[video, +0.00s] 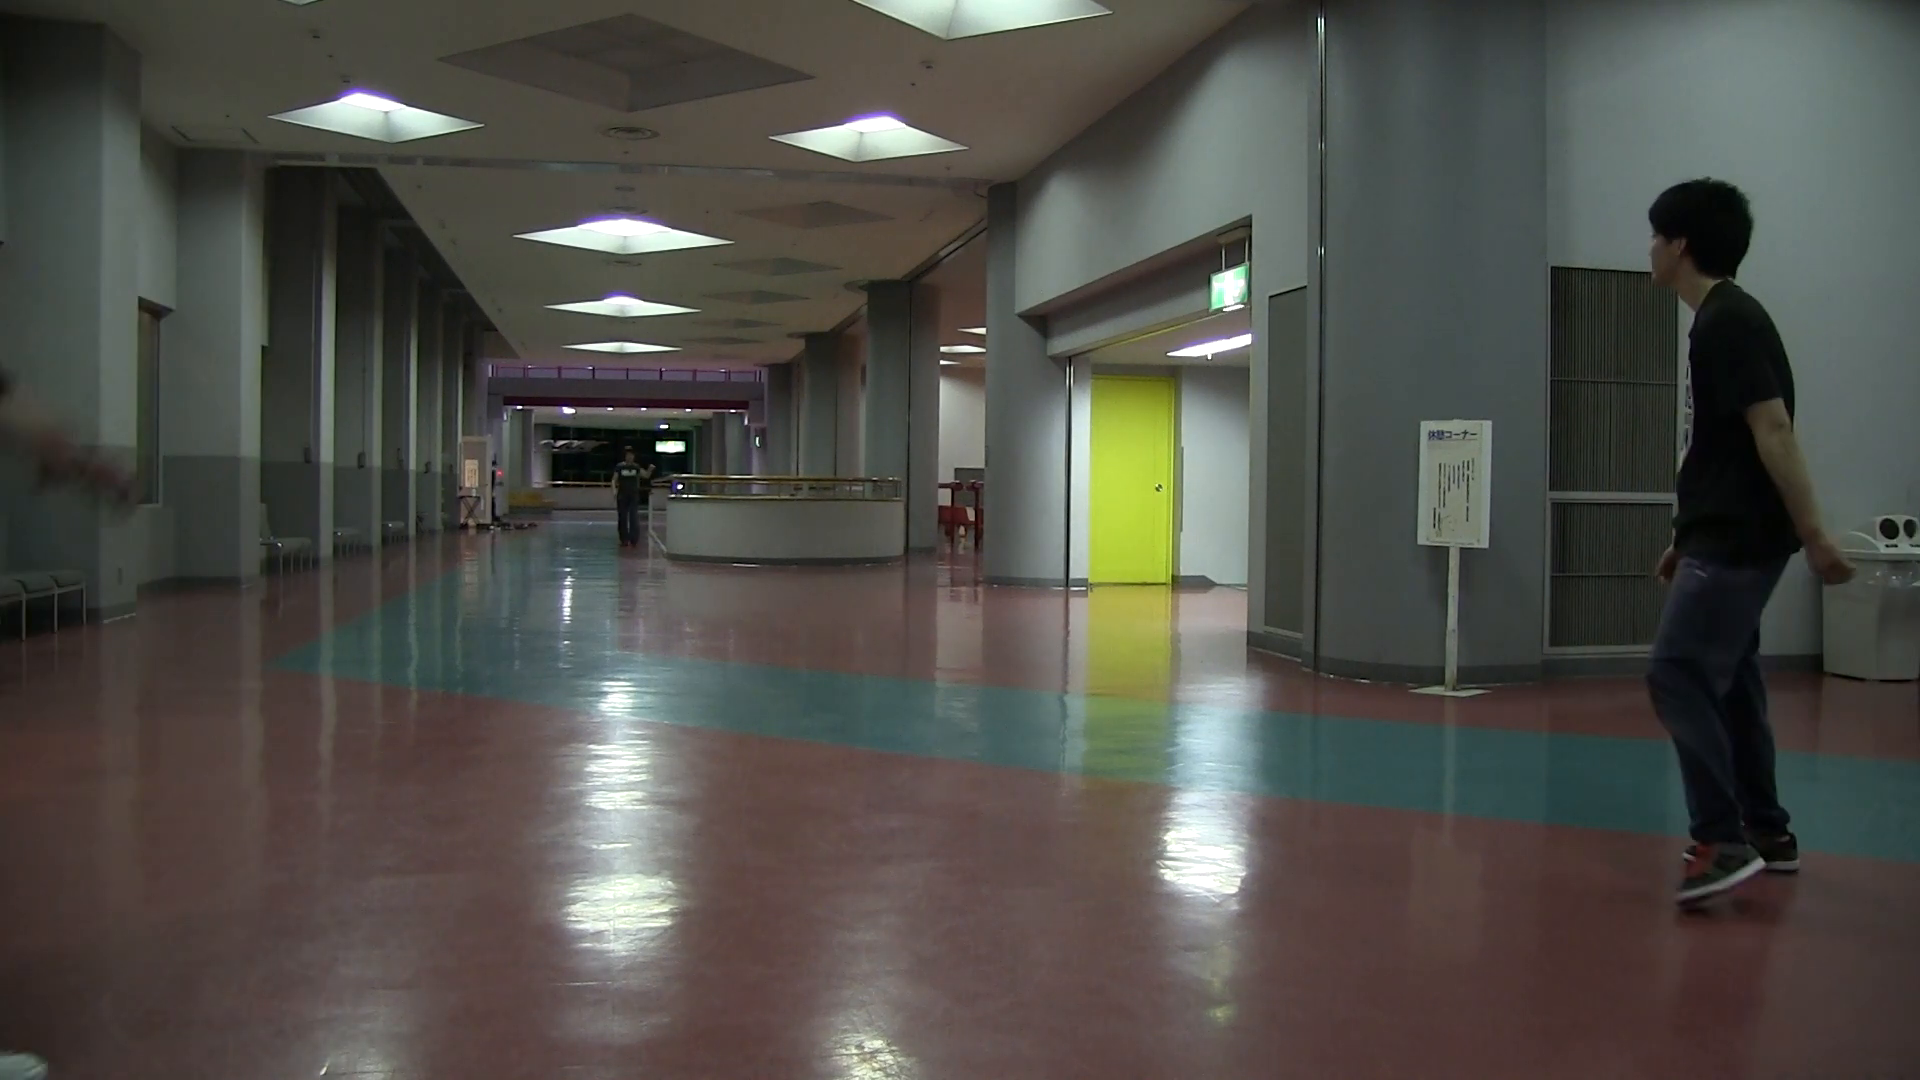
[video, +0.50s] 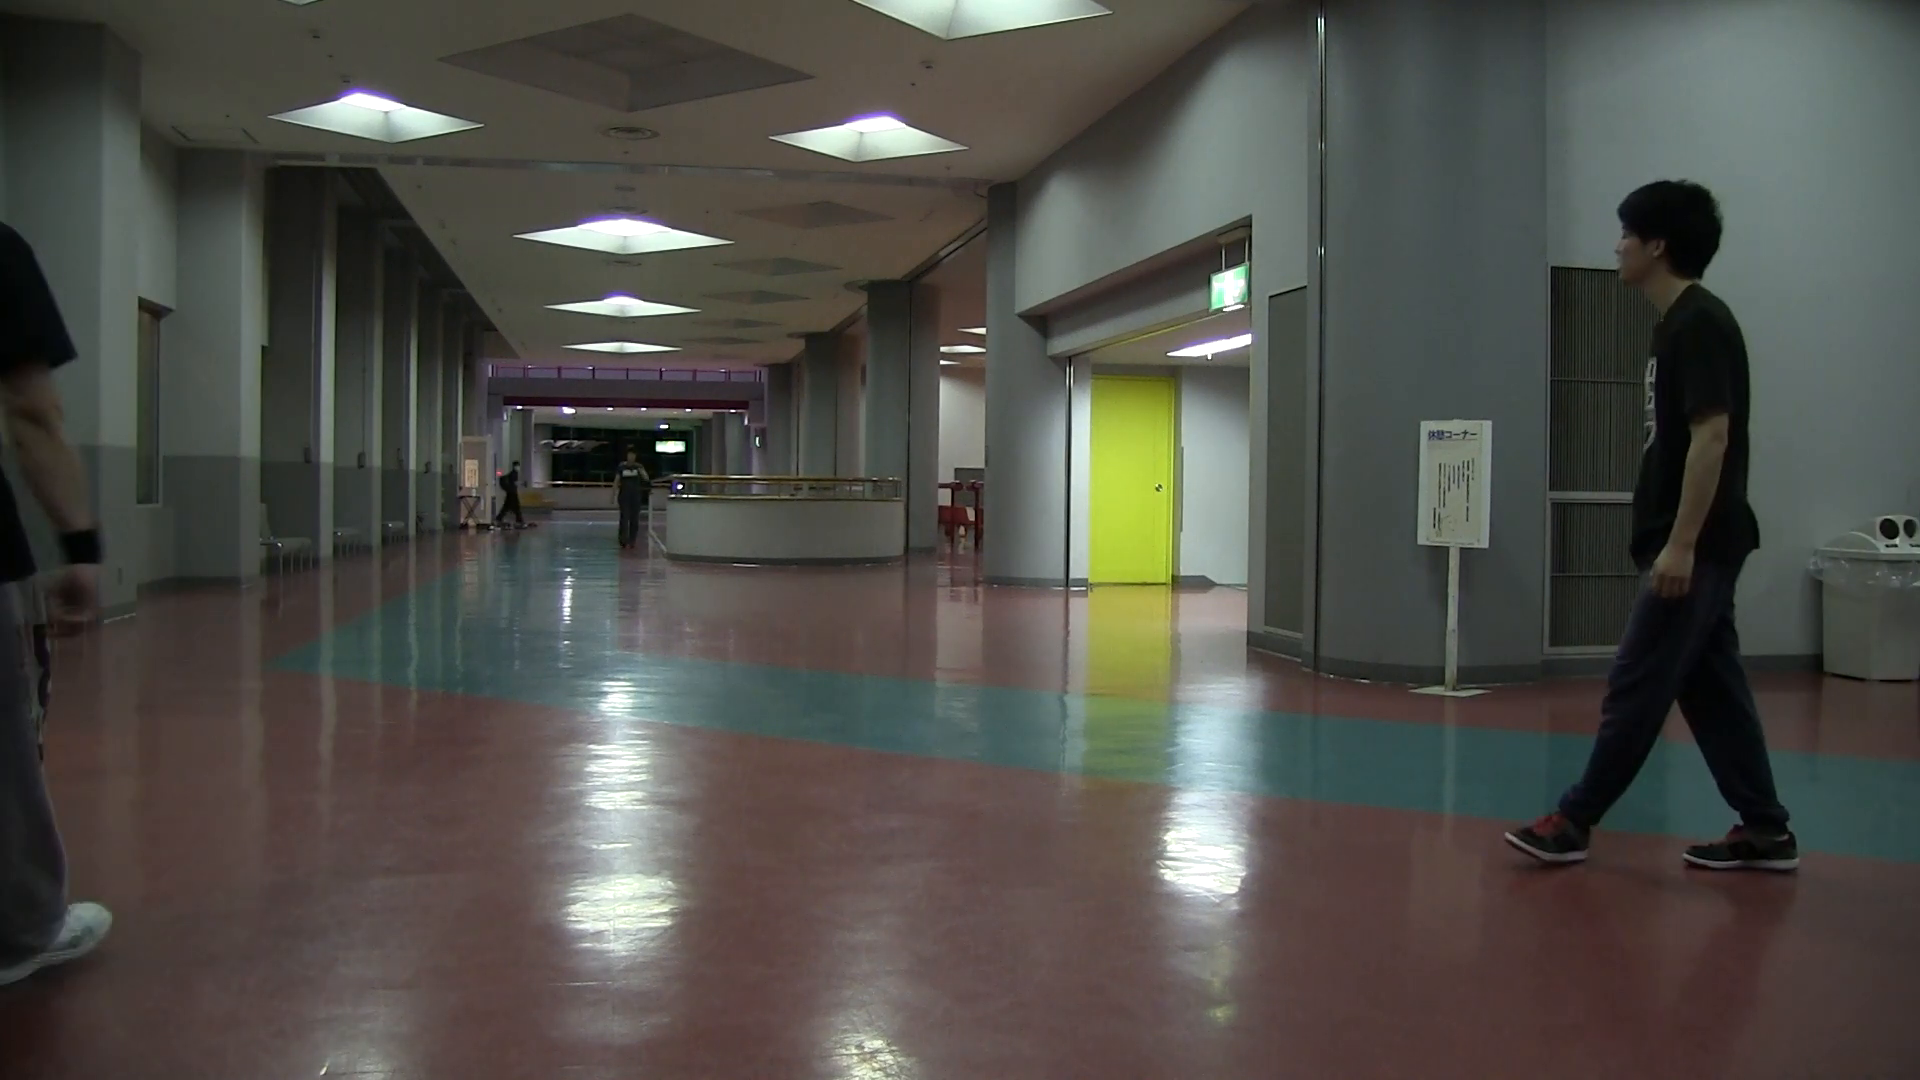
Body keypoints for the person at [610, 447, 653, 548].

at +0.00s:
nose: (629, 458)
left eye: (631, 456)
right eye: (627, 456)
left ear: (633, 457)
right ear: (625, 457)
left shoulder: (636, 467)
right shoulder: (620, 467)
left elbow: (645, 475)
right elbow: (614, 480)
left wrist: (650, 470)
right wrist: (614, 491)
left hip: (634, 496)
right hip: (622, 496)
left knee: (634, 518)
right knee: (622, 519)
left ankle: (634, 540)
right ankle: (624, 540)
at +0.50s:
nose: (631, 459)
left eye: (632, 456)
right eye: (629, 456)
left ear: (635, 457)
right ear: (626, 457)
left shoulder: (639, 467)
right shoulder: (621, 467)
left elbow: (646, 478)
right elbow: (616, 482)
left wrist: (640, 470)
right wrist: (614, 496)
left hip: (636, 498)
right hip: (624, 498)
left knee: (634, 520)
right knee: (624, 519)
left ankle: (632, 541)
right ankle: (623, 541)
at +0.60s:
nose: (630, 459)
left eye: (632, 457)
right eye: (629, 457)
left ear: (635, 458)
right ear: (626, 458)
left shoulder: (638, 468)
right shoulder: (621, 469)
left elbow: (643, 480)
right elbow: (615, 483)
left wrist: (636, 483)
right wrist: (612, 498)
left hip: (635, 498)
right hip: (623, 498)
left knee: (634, 519)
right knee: (625, 519)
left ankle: (632, 541)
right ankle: (626, 542)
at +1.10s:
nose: (630, 459)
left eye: (632, 457)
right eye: (628, 457)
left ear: (634, 457)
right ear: (625, 457)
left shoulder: (636, 468)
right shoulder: (619, 467)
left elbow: (640, 481)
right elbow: (612, 480)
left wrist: (644, 489)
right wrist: (617, 484)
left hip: (633, 497)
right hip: (621, 497)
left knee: (631, 519)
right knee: (622, 519)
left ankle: (628, 542)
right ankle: (624, 541)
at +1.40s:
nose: (627, 456)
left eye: (629, 454)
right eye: (626, 454)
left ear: (632, 454)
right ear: (623, 454)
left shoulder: (635, 465)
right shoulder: (618, 463)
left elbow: (639, 479)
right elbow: (610, 476)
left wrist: (641, 492)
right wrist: (617, 468)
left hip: (632, 495)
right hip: (620, 494)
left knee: (630, 520)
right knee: (619, 519)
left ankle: (627, 544)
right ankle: (618, 543)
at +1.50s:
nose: (627, 457)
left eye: (629, 455)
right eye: (625, 455)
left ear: (632, 456)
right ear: (622, 455)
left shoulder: (635, 465)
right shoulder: (618, 464)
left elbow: (637, 478)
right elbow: (610, 476)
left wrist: (635, 485)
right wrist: (618, 467)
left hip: (631, 494)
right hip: (619, 494)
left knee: (630, 519)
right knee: (619, 518)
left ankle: (627, 544)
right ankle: (616, 544)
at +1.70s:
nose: (624, 459)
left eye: (626, 456)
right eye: (622, 456)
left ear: (628, 456)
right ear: (619, 457)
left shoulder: (632, 466)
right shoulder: (616, 465)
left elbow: (635, 481)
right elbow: (609, 476)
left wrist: (632, 487)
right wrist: (618, 465)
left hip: (628, 497)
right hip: (617, 496)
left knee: (628, 520)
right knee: (617, 520)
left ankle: (628, 544)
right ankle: (618, 545)